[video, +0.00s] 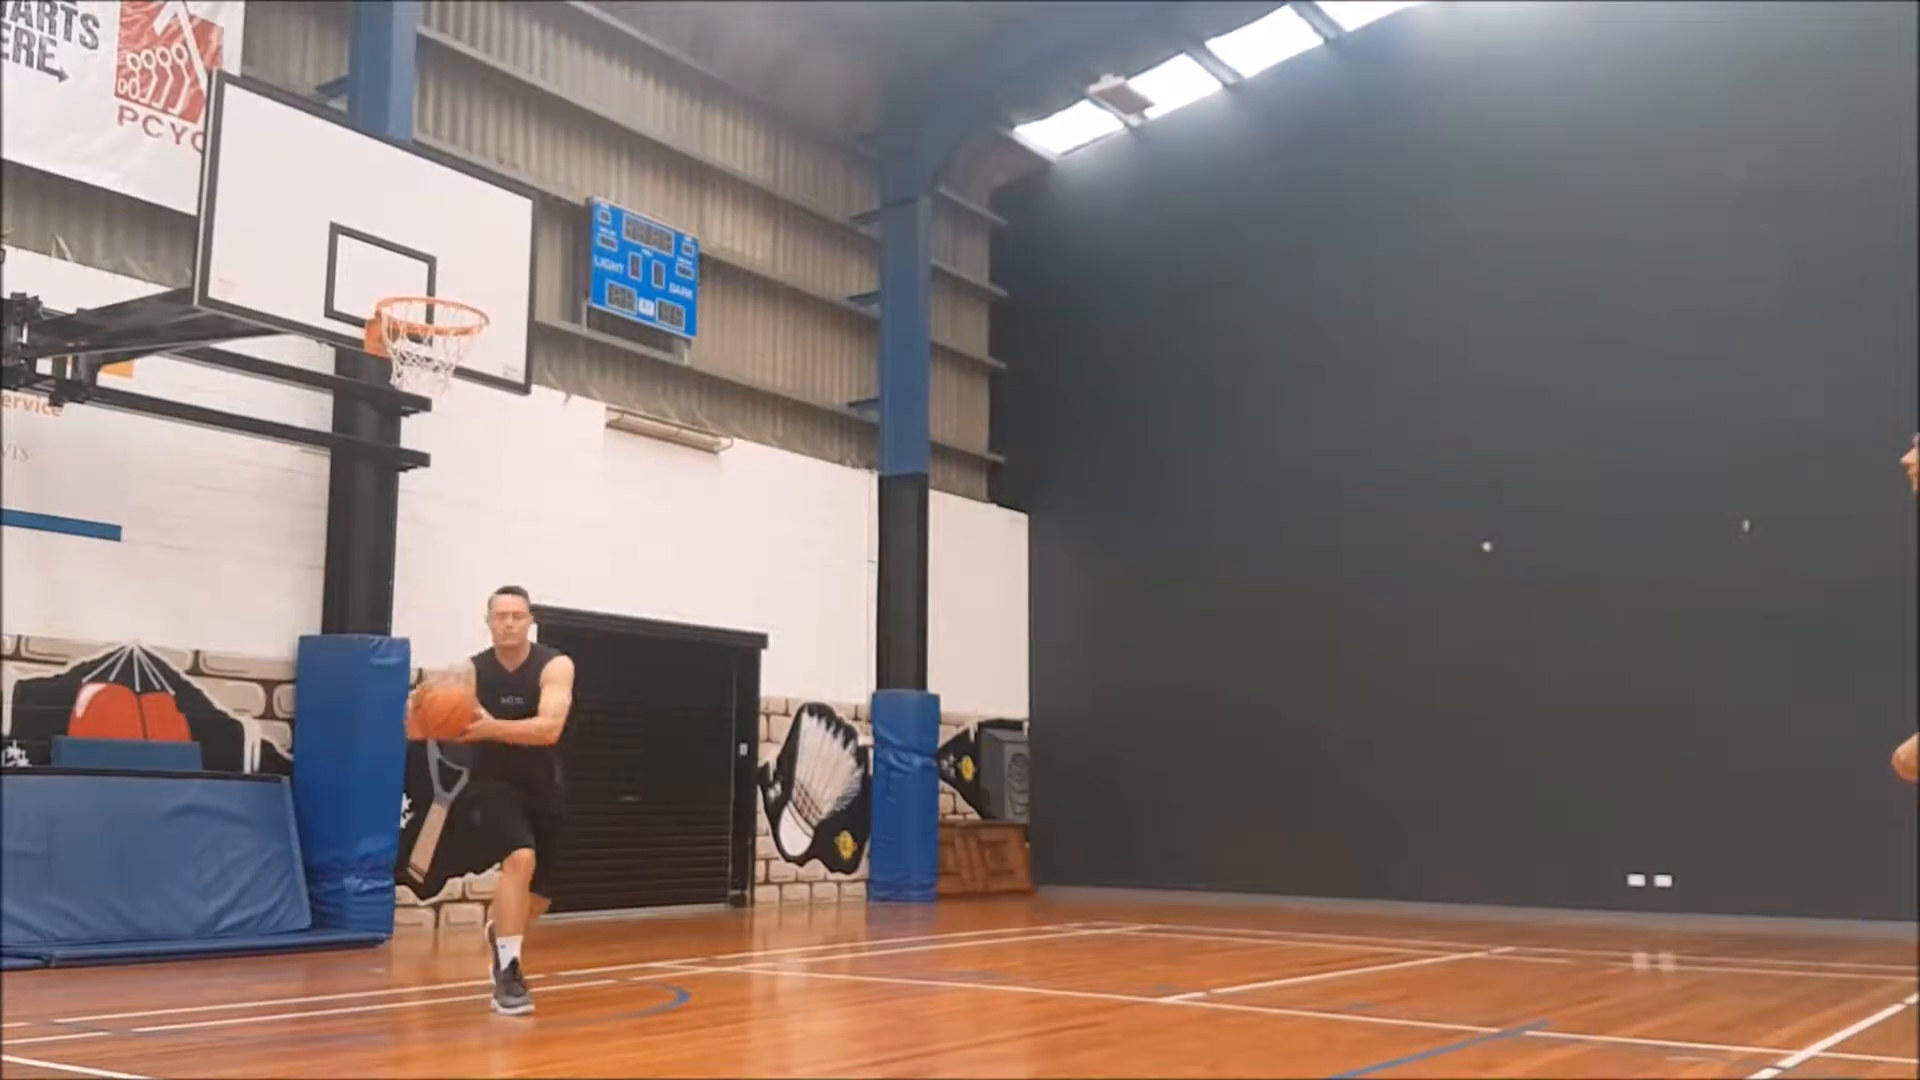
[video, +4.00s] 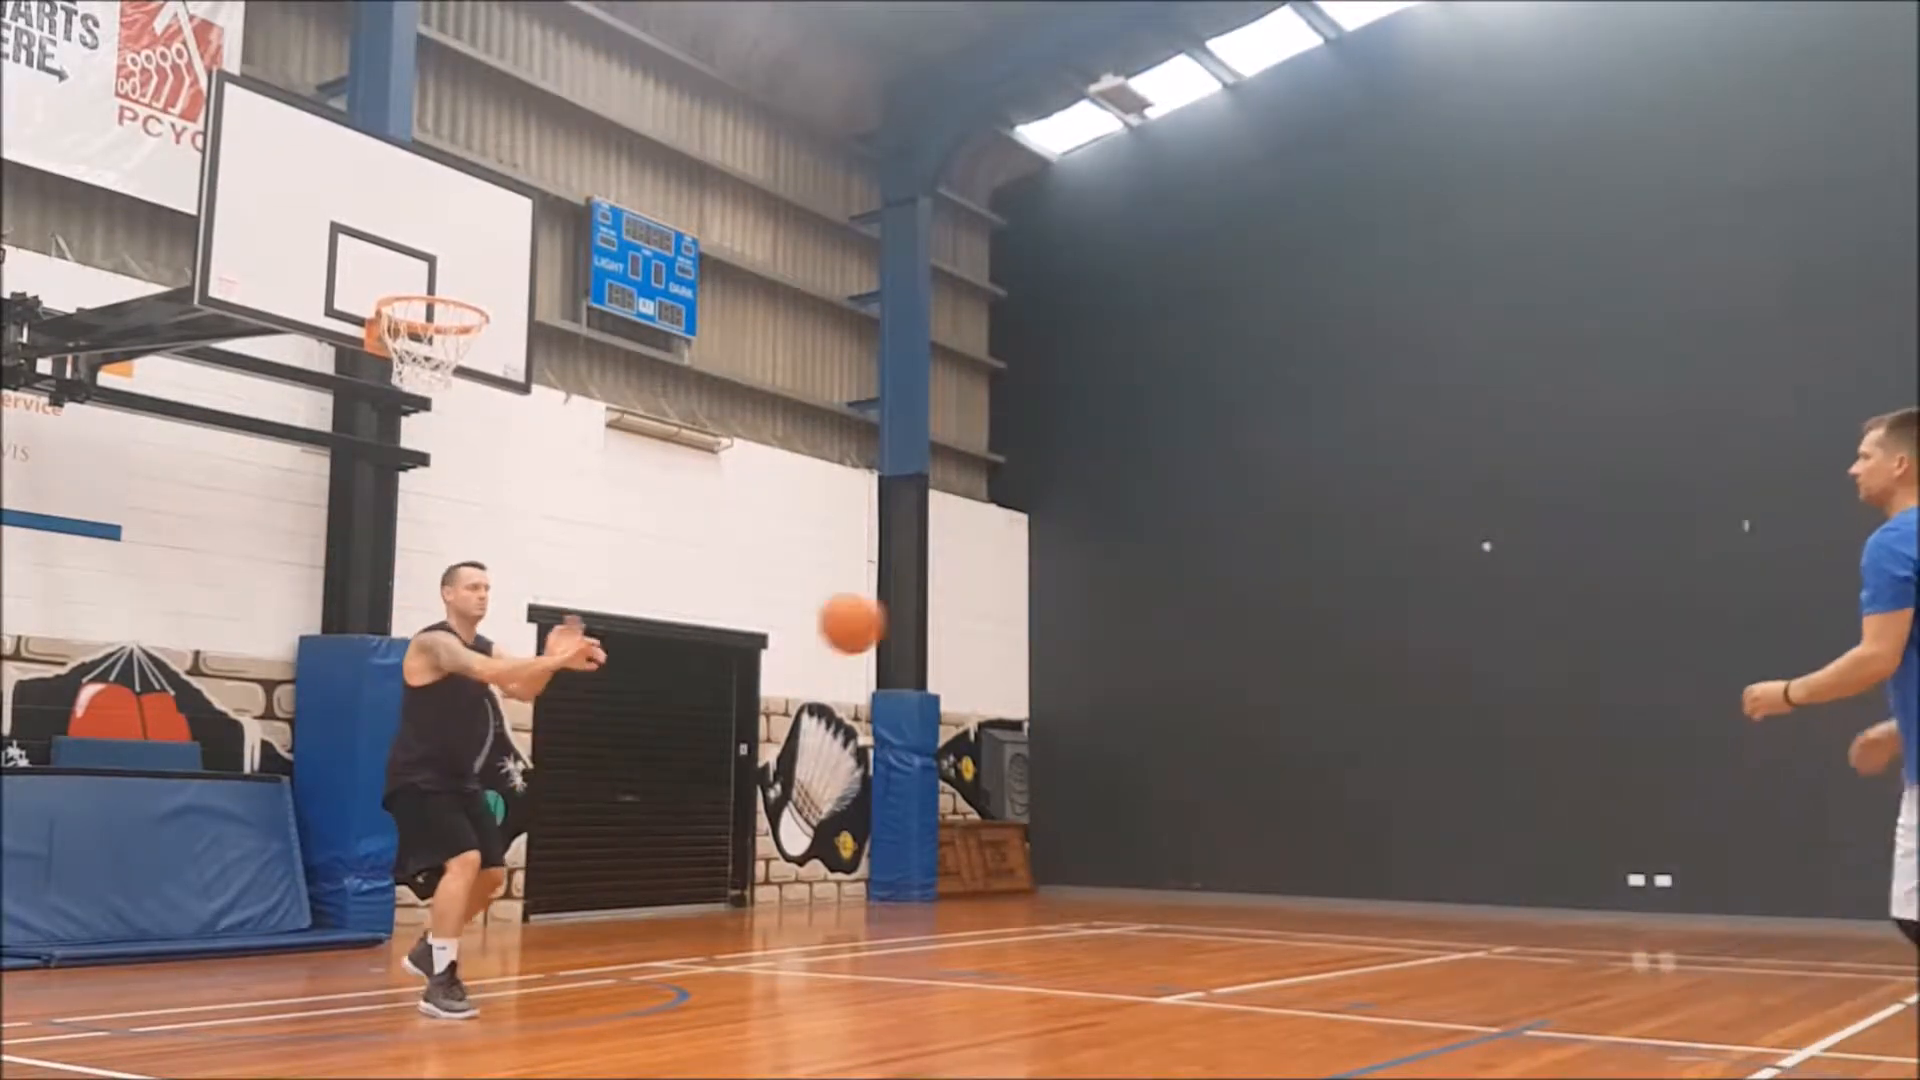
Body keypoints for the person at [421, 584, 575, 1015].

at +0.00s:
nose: (508, 625)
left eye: (516, 616)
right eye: (500, 617)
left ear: (531, 621)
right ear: (489, 623)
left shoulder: (556, 666)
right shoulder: (472, 672)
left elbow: (549, 730)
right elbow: (455, 722)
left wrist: (491, 728)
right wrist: (425, 716)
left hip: (543, 788)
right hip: (493, 784)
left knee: (541, 896)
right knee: (520, 856)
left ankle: (500, 930)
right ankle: (508, 972)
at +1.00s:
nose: (538, 578)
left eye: (542, 573)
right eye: (528, 571)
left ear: (544, 584)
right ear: (505, 579)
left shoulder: (557, 640)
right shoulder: (473, 633)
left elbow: (557, 708)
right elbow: (424, 691)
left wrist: (555, 772)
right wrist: (384, 744)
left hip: (533, 773)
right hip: (484, 769)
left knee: (510, 869)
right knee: (492, 859)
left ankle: (487, 966)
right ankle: (486, 964)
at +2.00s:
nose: (469, 591)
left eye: (476, 587)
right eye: (461, 587)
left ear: (485, 601)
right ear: (447, 601)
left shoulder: (508, 650)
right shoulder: (426, 653)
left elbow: (521, 714)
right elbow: (410, 715)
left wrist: (525, 773)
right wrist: (391, 772)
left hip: (486, 776)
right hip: (435, 776)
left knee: (473, 861)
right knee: (444, 865)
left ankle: (475, 953)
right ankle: (451, 954)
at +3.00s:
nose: (446, 590)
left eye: (453, 588)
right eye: (438, 590)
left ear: (467, 608)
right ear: (429, 612)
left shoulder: (491, 642)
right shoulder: (418, 659)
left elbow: (533, 685)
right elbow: (376, 702)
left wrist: (517, 642)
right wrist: (363, 653)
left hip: (484, 768)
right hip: (432, 773)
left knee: (470, 854)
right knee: (441, 867)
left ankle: (466, 957)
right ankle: (450, 956)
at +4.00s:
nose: (483, 596)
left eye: (486, 589)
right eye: (473, 588)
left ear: (488, 597)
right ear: (447, 595)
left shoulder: (486, 649)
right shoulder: (433, 642)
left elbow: (524, 690)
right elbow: (490, 671)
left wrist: (552, 660)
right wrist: (557, 661)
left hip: (461, 783)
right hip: (419, 780)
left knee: (491, 876)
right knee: (463, 860)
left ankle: (428, 948)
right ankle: (442, 979)